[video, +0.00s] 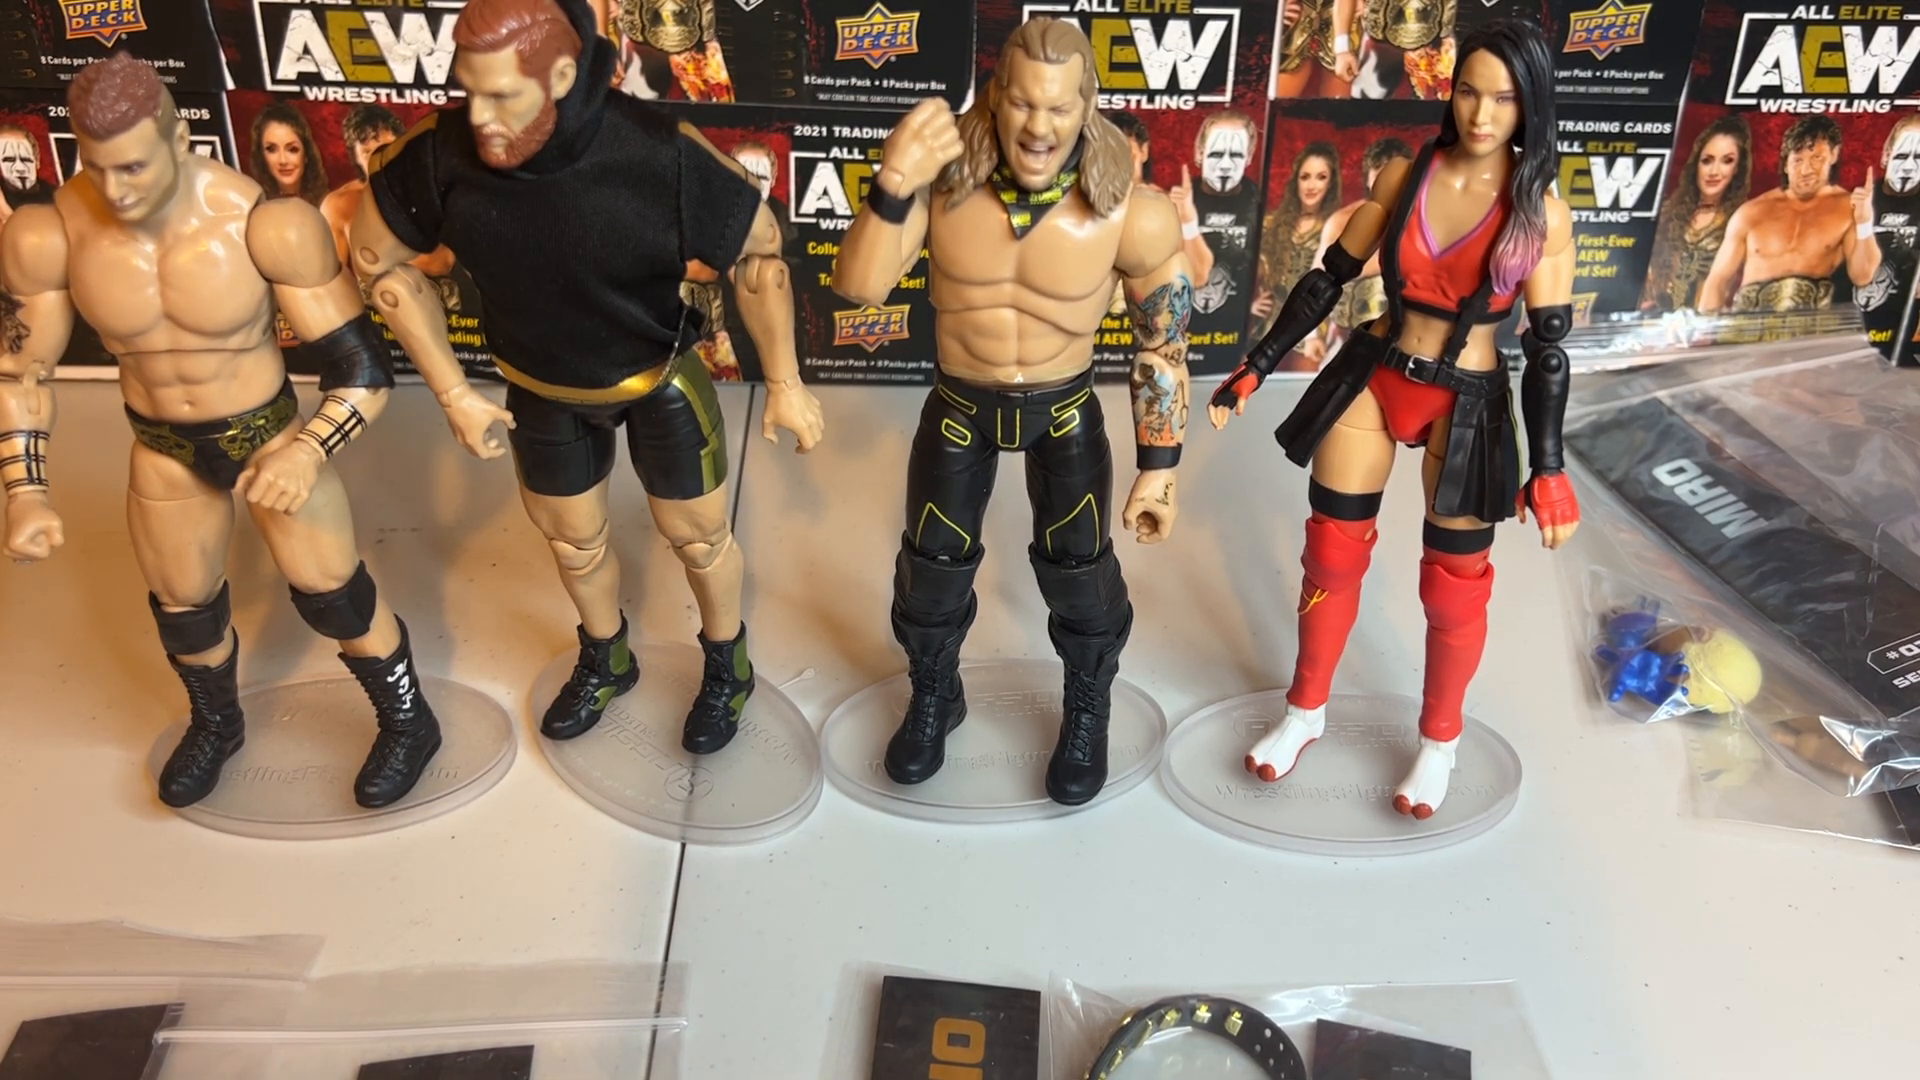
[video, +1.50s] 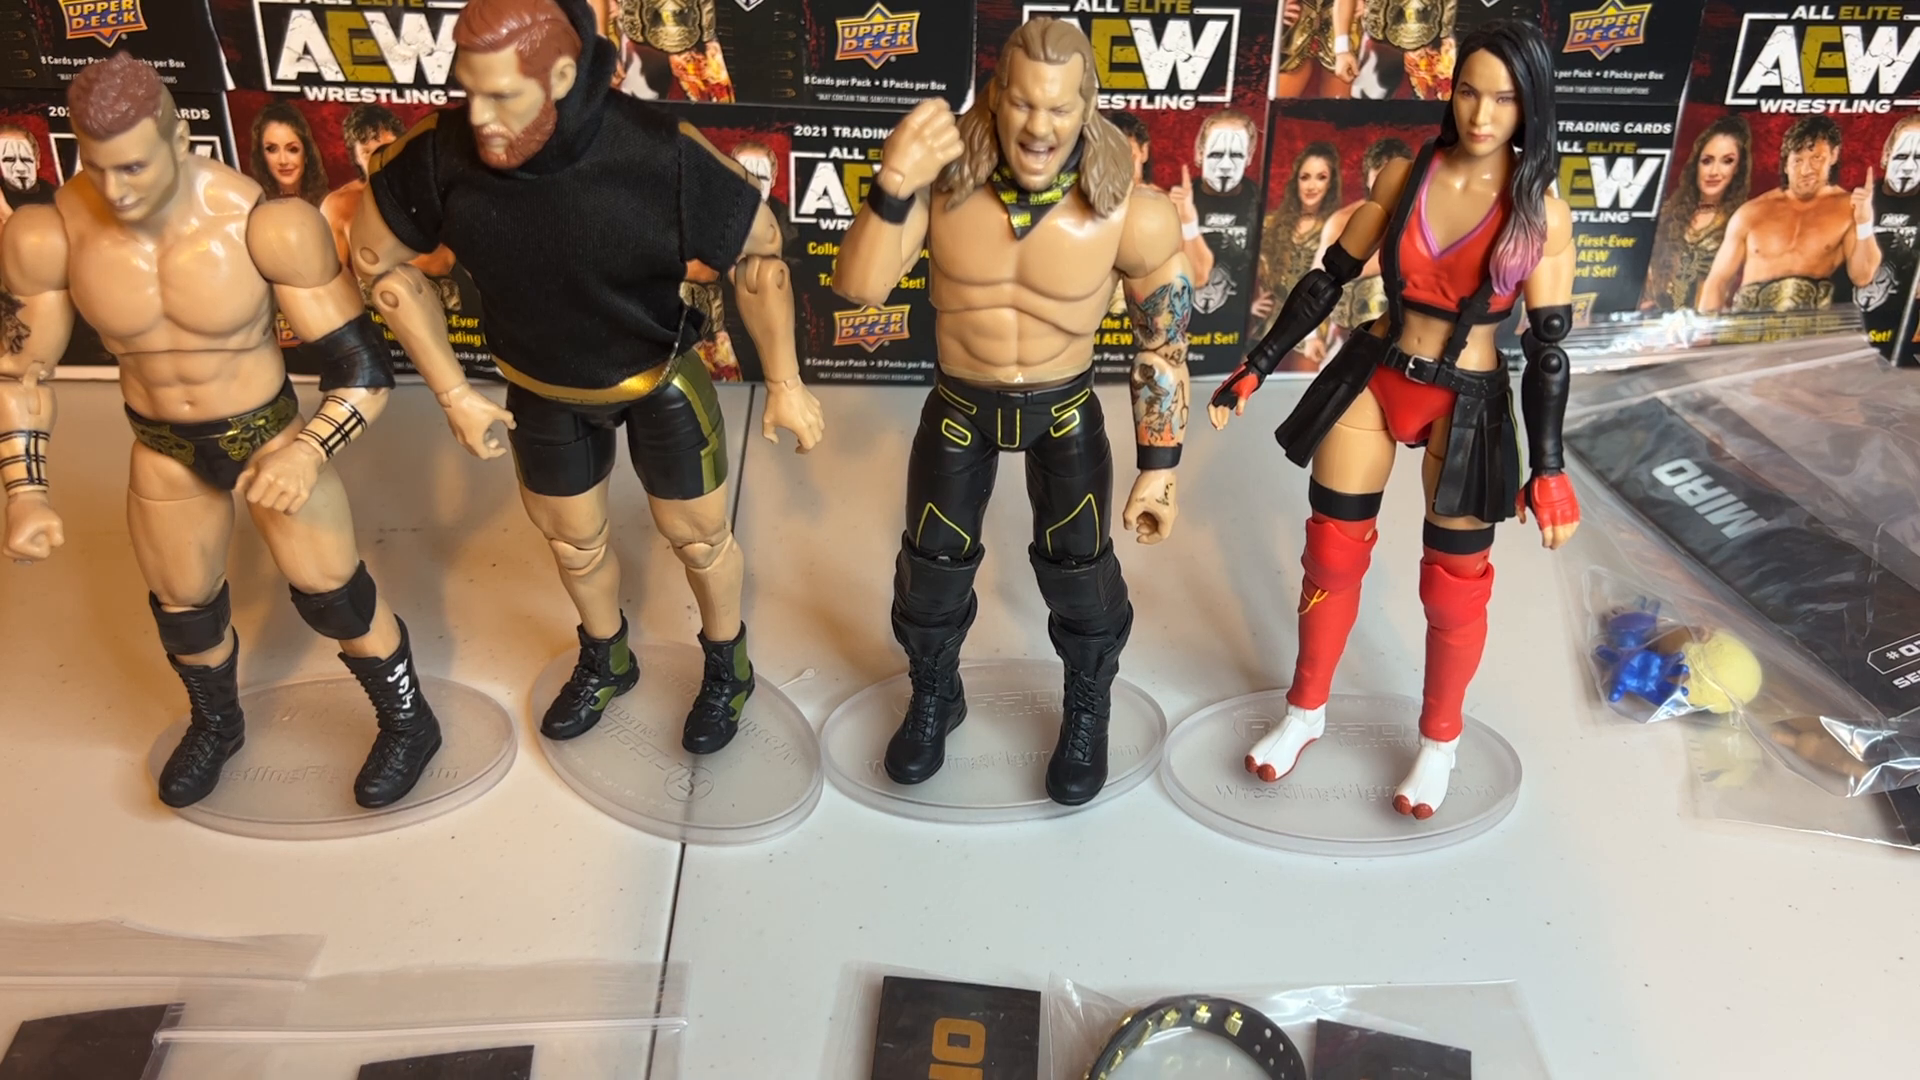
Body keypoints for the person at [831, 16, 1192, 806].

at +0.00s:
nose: (1039, 127)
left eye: (1059, 109)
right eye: (1024, 104)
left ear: (1086, 106)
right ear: (995, 95)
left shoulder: (1129, 207)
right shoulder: (943, 175)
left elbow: (1162, 337)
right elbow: (858, 286)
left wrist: (1161, 464)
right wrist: (892, 188)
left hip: (1064, 408)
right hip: (958, 403)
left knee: (1078, 568)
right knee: (932, 562)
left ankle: (1086, 712)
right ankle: (932, 698)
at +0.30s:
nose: (1040, 127)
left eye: (1060, 109)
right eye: (1024, 105)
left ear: (1087, 107)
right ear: (995, 96)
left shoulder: (1130, 208)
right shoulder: (944, 177)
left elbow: (1163, 338)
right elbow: (858, 287)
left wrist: (1161, 464)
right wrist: (892, 190)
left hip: (1064, 408)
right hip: (959, 403)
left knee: (1078, 569)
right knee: (933, 562)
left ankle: (1086, 713)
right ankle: (932, 700)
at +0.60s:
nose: (1040, 127)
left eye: (1060, 109)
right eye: (1024, 104)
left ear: (1087, 107)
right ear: (995, 95)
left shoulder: (1129, 208)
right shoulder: (944, 177)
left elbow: (1163, 338)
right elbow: (858, 287)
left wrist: (1161, 464)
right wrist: (892, 189)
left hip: (1064, 407)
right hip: (959, 403)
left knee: (1078, 568)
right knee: (933, 562)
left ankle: (1086, 714)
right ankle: (932, 699)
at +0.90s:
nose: (1039, 127)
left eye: (1060, 109)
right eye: (1024, 104)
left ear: (1086, 106)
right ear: (995, 95)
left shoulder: (1130, 208)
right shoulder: (944, 177)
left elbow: (1164, 337)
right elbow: (858, 287)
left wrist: (1161, 463)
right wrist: (892, 190)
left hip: (1064, 408)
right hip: (959, 403)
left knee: (1078, 567)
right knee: (932, 562)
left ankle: (1086, 715)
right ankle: (932, 699)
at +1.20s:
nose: (1039, 127)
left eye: (1060, 109)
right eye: (1024, 104)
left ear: (1086, 106)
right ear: (995, 95)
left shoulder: (1130, 207)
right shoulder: (943, 175)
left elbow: (1164, 337)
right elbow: (858, 287)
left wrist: (1161, 464)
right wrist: (892, 190)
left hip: (1064, 408)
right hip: (959, 403)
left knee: (1078, 567)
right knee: (932, 562)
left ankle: (1086, 715)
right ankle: (932, 700)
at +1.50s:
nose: (1039, 127)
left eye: (1060, 109)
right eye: (1024, 104)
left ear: (1086, 106)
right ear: (995, 95)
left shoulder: (1129, 207)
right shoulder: (943, 176)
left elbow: (1163, 338)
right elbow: (858, 288)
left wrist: (1161, 464)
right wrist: (892, 190)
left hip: (1064, 408)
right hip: (959, 403)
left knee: (1078, 568)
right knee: (932, 562)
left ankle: (1086, 713)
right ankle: (932, 699)